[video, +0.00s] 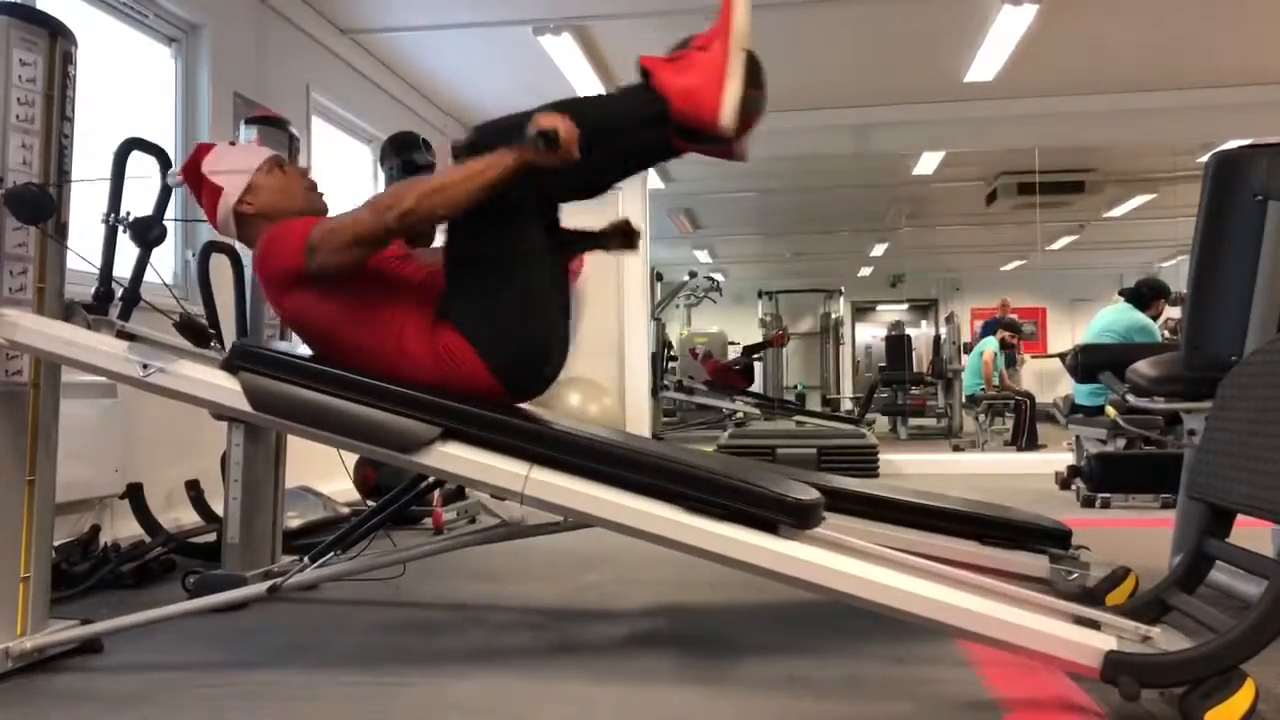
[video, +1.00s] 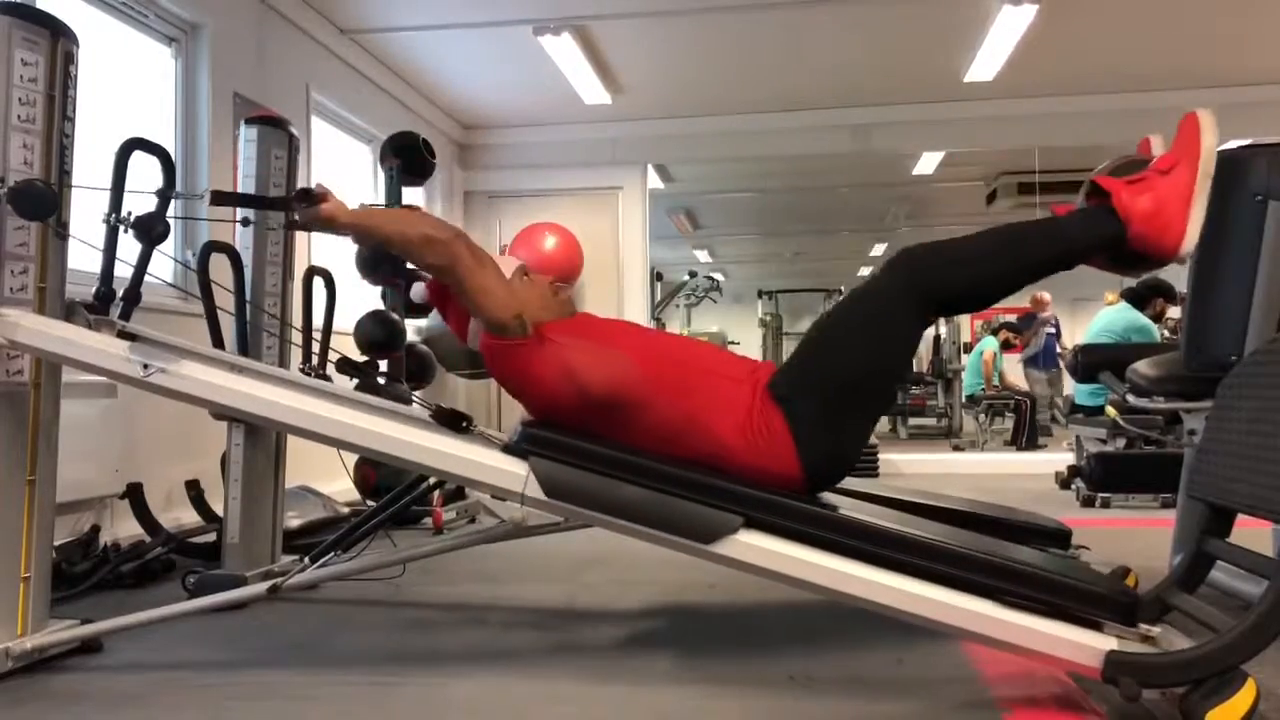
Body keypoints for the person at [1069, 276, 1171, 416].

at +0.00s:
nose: (1163, 309)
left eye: (1165, 305)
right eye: (1164, 305)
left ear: (1136, 295)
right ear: (1160, 304)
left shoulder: (1108, 311)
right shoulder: (1144, 324)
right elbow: (1158, 368)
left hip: (1081, 398)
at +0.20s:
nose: (1163, 310)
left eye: (1165, 305)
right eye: (1165, 305)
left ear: (1138, 295)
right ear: (1160, 304)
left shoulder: (1108, 311)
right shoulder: (1144, 325)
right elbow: (1158, 369)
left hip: (1082, 397)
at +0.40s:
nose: (1165, 312)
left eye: (1168, 307)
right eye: (1167, 307)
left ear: (1140, 296)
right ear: (1159, 304)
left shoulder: (1108, 311)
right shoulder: (1144, 324)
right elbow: (1157, 368)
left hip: (1082, 395)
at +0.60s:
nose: (1166, 313)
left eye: (1169, 308)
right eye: (1167, 307)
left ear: (1140, 297)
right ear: (1160, 304)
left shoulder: (1108, 312)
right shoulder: (1144, 325)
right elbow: (1158, 369)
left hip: (1083, 397)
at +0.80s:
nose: (1166, 312)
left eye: (1169, 307)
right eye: (1167, 306)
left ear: (1140, 296)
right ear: (1160, 303)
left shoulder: (1108, 311)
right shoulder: (1143, 324)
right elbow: (1157, 369)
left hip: (1083, 396)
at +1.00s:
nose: (1166, 311)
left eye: (1169, 306)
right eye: (1167, 305)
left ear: (1138, 296)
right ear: (1158, 303)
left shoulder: (1108, 311)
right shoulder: (1143, 325)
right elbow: (1155, 370)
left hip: (1082, 396)